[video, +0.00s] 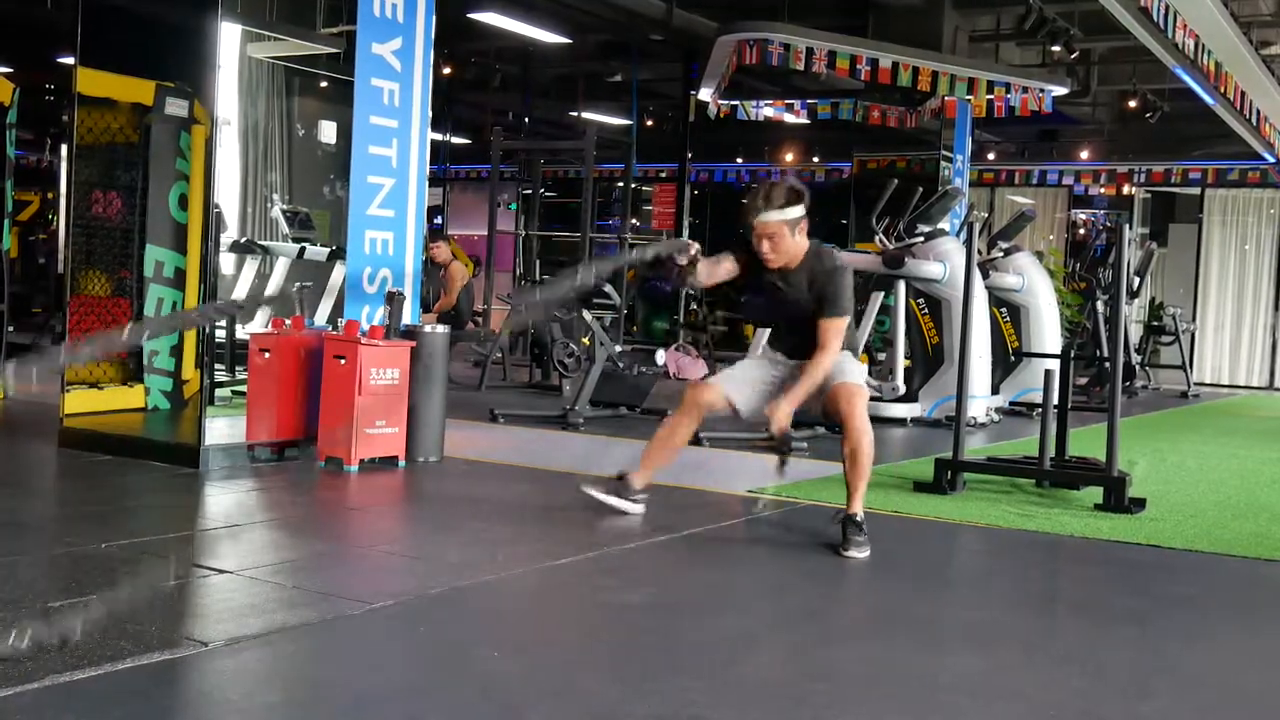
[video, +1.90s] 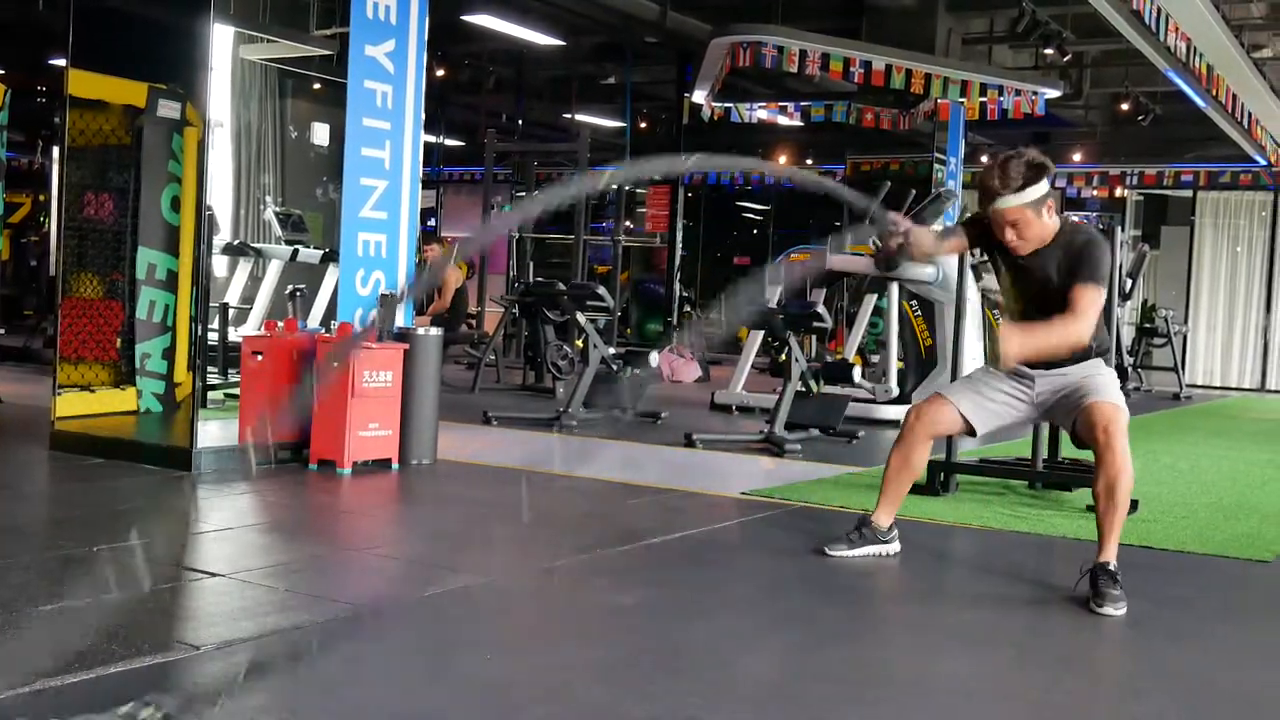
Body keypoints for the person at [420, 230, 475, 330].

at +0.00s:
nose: (433, 252)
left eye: (437, 247)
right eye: (431, 249)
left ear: (448, 247)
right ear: (428, 251)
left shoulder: (455, 267)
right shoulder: (444, 270)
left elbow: (451, 300)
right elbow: (443, 296)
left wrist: (434, 311)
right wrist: (434, 313)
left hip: (458, 320)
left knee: (415, 319)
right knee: (415, 317)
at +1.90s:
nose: (428, 254)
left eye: (432, 250)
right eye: (425, 251)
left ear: (441, 250)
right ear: (423, 254)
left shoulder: (450, 271)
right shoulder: (437, 271)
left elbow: (445, 303)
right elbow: (437, 300)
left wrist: (427, 317)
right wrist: (426, 317)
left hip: (452, 321)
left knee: (410, 321)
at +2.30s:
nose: (419, 255)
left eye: (423, 250)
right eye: (416, 251)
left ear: (433, 250)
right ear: (413, 255)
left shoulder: (440, 271)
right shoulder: (429, 273)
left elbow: (436, 304)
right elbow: (429, 301)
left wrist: (418, 317)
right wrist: (418, 318)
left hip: (443, 322)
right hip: (436, 318)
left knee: (402, 321)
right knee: (401, 320)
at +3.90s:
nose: (424, 256)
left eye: (428, 252)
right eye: (423, 254)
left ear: (441, 254)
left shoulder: (447, 275)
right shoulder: (436, 277)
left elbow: (443, 308)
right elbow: (434, 306)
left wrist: (424, 321)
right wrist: (424, 322)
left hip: (448, 327)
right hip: (441, 324)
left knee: (407, 326)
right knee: (406, 324)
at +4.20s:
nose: (423, 257)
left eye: (427, 253)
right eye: (422, 254)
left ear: (439, 255)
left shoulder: (446, 275)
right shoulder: (435, 278)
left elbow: (441, 309)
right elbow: (433, 306)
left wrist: (422, 322)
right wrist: (421, 322)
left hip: (450, 327)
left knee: (408, 325)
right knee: (407, 323)